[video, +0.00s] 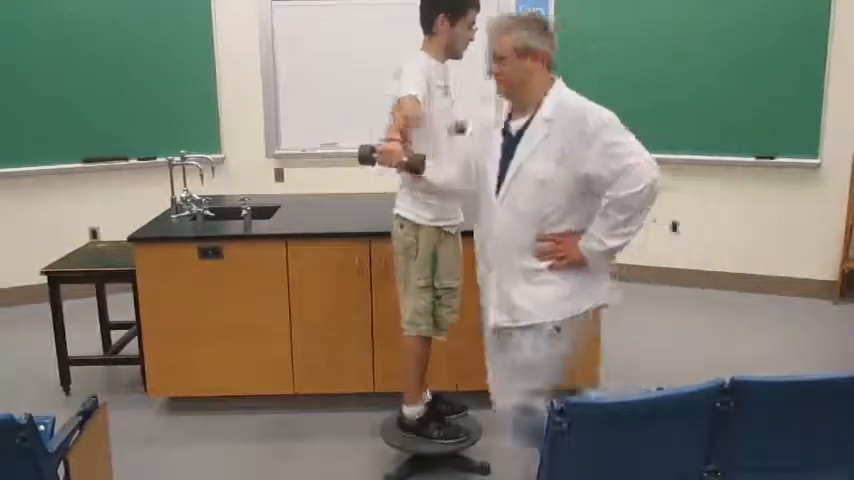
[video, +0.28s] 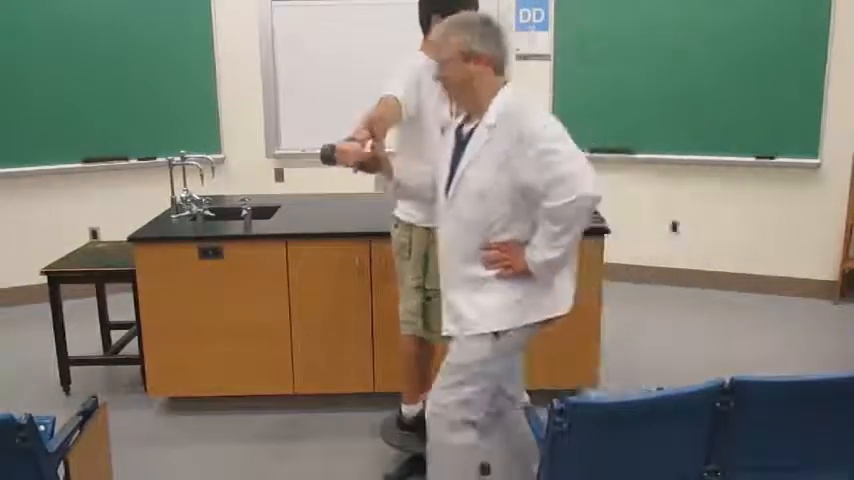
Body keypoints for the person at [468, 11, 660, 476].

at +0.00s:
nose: (492, 73)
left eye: (500, 61)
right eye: (491, 62)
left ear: (538, 60)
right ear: (528, 62)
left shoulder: (584, 119)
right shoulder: (497, 121)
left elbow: (640, 178)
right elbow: (469, 179)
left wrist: (591, 245)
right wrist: (415, 164)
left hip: (554, 306)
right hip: (502, 302)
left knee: (538, 425)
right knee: (514, 420)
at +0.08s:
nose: (492, 73)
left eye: (500, 61)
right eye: (491, 62)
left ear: (538, 60)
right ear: (528, 62)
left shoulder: (584, 119)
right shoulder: (497, 121)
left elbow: (640, 178)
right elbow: (469, 179)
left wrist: (591, 245)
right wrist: (415, 164)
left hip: (550, 305)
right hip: (501, 300)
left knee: (535, 423)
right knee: (512, 417)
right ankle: (525, 476)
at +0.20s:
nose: (436, 76)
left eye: (442, 64)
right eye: (436, 65)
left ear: (479, 63)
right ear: (475, 64)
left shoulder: (525, 121)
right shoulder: (463, 126)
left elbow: (577, 190)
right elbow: (442, 190)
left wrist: (537, 256)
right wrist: (384, 167)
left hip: (507, 303)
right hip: (470, 300)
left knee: (448, 410)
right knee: (501, 409)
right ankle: (529, 475)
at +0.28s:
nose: (436, 76)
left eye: (442, 64)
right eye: (436, 65)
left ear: (479, 63)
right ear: (475, 64)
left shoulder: (525, 121)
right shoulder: (463, 126)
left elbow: (577, 190)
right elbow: (442, 190)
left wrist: (537, 256)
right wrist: (384, 167)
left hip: (507, 303)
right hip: (470, 300)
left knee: (448, 410)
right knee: (501, 409)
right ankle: (529, 475)